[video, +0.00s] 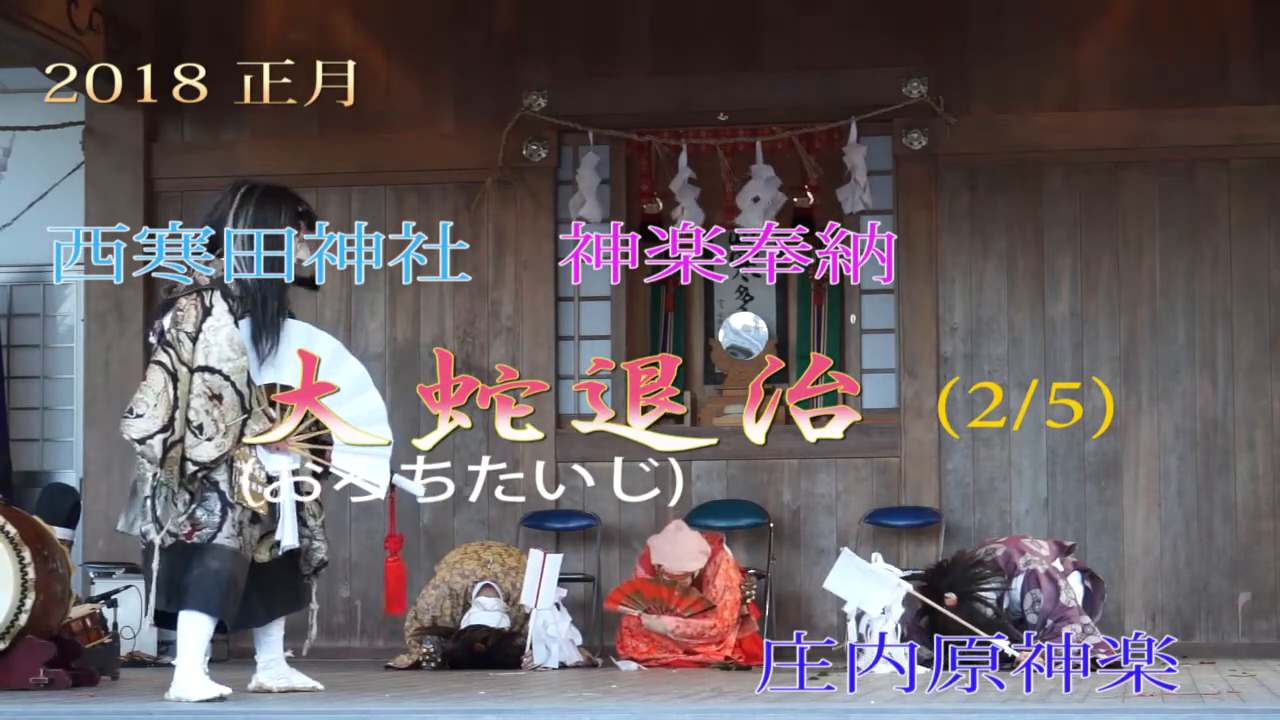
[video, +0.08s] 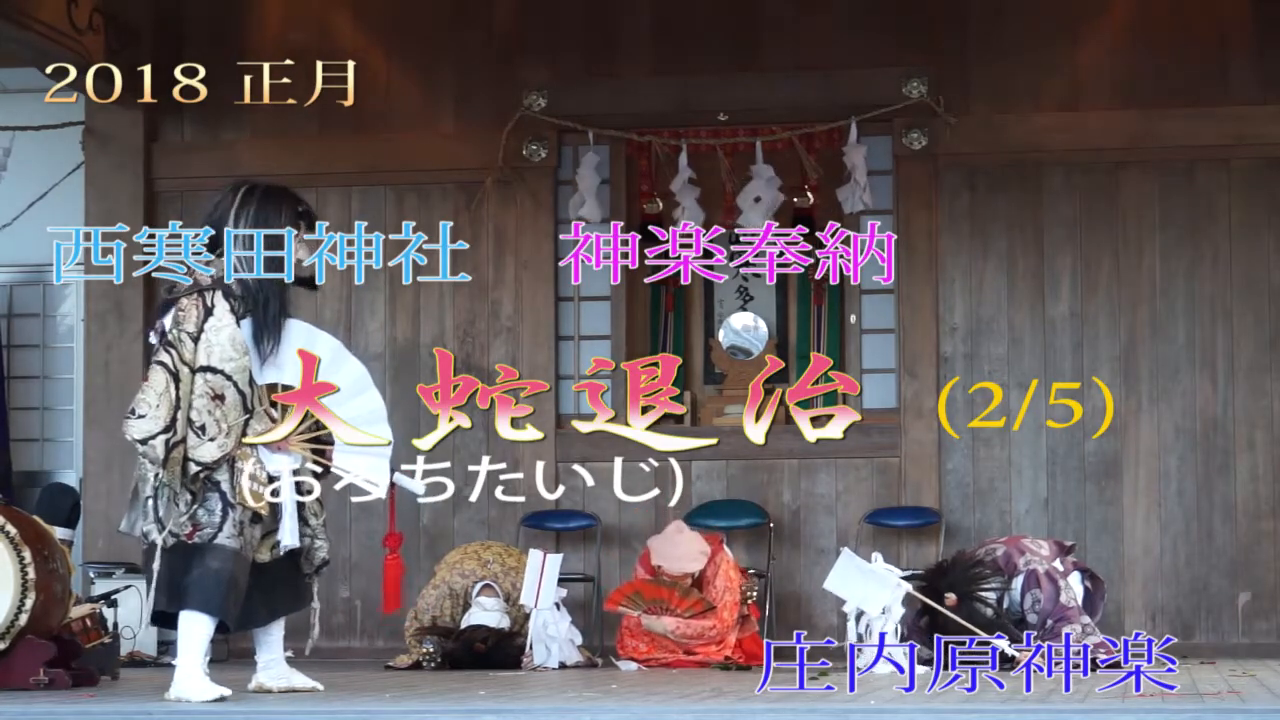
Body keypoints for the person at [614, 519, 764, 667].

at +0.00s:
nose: (680, 583)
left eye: (685, 577)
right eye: (673, 578)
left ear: (696, 567)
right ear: (659, 567)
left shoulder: (719, 563)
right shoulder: (646, 563)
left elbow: (720, 627)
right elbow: (630, 639)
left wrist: (666, 625)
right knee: (633, 644)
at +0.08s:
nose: (679, 584)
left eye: (684, 578)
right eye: (672, 578)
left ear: (696, 569)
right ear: (659, 568)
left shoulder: (719, 562)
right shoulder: (646, 563)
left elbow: (720, 626)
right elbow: (630, 639)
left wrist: (666, 626)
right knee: (632, 644)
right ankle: (711, 653)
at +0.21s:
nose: (680, 584)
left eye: (685, 578)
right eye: (673, 579)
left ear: (696, 569)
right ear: (659, 569)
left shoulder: (719, 564)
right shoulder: (646, 563)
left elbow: (719, 627)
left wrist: (665, 627)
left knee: (719, 647)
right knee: (631, 643)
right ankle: (710, 653)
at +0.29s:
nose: (680, 585)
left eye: (685, 579)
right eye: (673, 580)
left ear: (696, 569)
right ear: (659, 570)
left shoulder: (719, 565)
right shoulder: (645, 564)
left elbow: (719, 628)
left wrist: (665, 628)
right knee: (632, 643)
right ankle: (710, 654)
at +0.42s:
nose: (681, 585)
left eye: (686, 579)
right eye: (673, 580)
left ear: (697, 568)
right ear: (658, 570)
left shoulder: (718, 565)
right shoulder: (645, 565)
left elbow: (720, 627)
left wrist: (666, 630)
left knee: (720, 647)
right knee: (630, 642)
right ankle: (710, 655)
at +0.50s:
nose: (680, 586)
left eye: (685, 580)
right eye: (673, 581)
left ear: (696, 570)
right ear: (659, 571)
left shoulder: (719, 566)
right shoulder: (645, 567)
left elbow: (720, 629)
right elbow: (630, 643)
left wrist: (667, 631)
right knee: (631, 643)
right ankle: (711, 655)